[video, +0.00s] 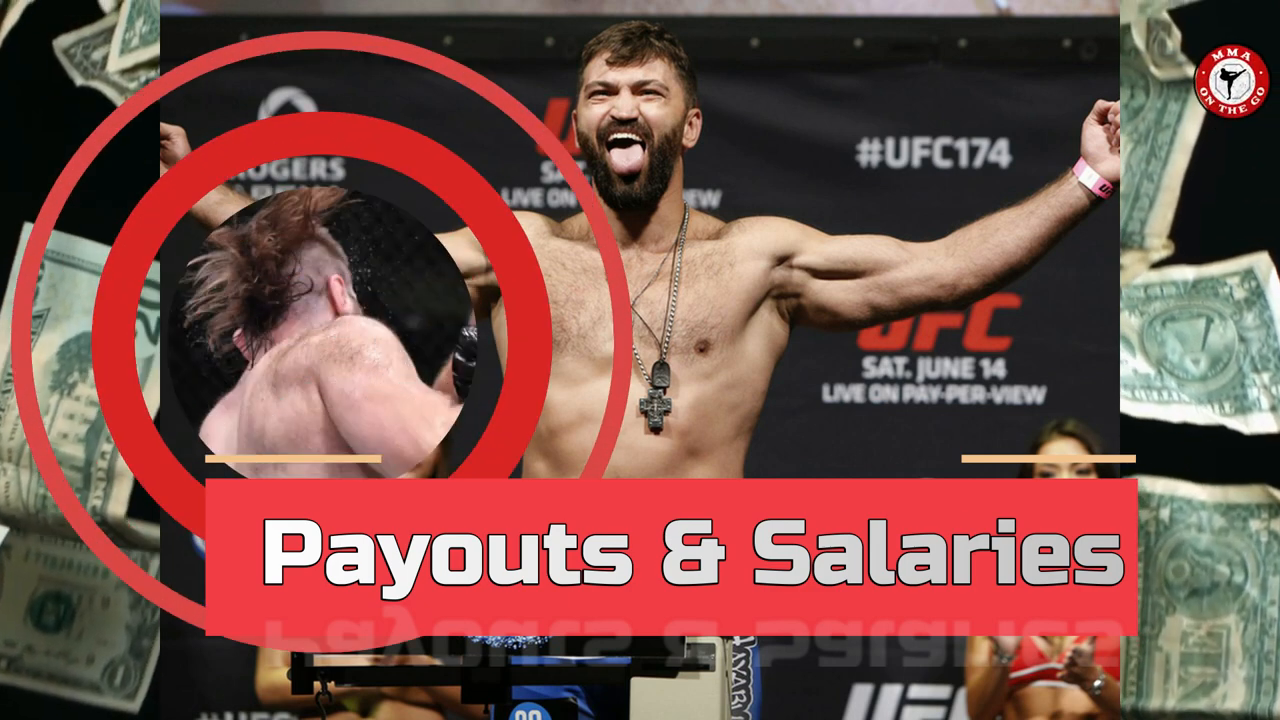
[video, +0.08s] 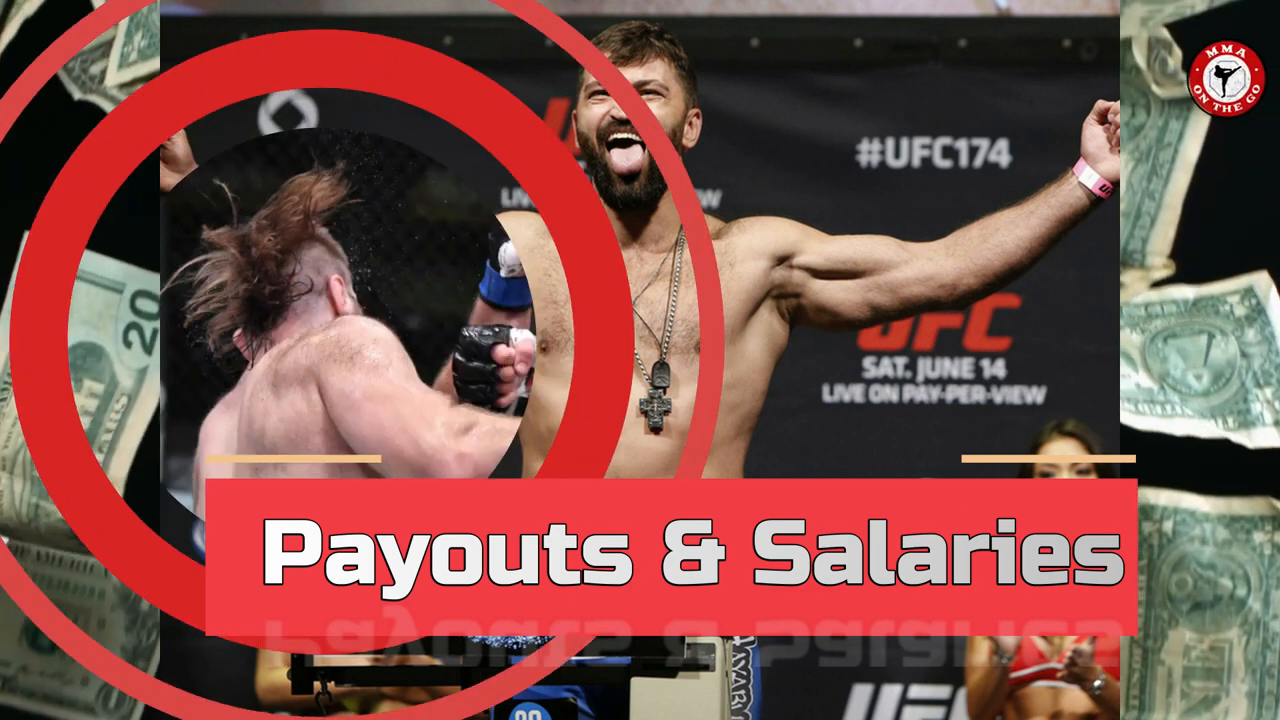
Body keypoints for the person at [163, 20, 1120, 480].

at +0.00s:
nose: (619, 106)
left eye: (646, 91)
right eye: (600, 90)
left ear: (692, 128)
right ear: (571, 123)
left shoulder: (763, 255)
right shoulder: (515, 241)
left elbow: (944, 268)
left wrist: (1086, 180)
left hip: (684, 601)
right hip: (520, 593)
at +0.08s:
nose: (620, 108)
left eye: (647, 91)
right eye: (599, 95)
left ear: (689, 125)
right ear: (571, 132)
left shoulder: (763, 254)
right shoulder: (527, 244)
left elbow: (945, 269)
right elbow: (460, 411)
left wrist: (1090, 178)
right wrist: (481, 372)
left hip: (695, 594)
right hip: (535, 591)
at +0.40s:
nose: (765, 180)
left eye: (779, 165)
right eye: (749, 164)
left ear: (797, 163)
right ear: (720, 157)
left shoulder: (806, 233)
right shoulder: (663, 230)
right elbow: (561, 310)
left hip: (765, 451)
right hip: (674, 449)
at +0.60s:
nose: (767, 181)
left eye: (782, 165)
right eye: (750, 164)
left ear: (801, 161)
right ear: (719, 158)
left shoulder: (804, 238)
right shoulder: (662, 232)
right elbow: (560, 311)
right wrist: (617, 410)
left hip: (769, 465)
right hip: (670, 465)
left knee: (754, 649)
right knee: (678, 657)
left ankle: (728, 714)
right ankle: (675, 710)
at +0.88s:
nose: (766, 181)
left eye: (781, 165)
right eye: (750, 164)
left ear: (800, 162)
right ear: (720, 158)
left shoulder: (803, 238)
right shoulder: (661, 232)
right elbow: (560, 310)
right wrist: (619, 406)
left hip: (768, 463)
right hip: (670, 462)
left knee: (757, 643)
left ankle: (729, 713)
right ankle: (675, 709)